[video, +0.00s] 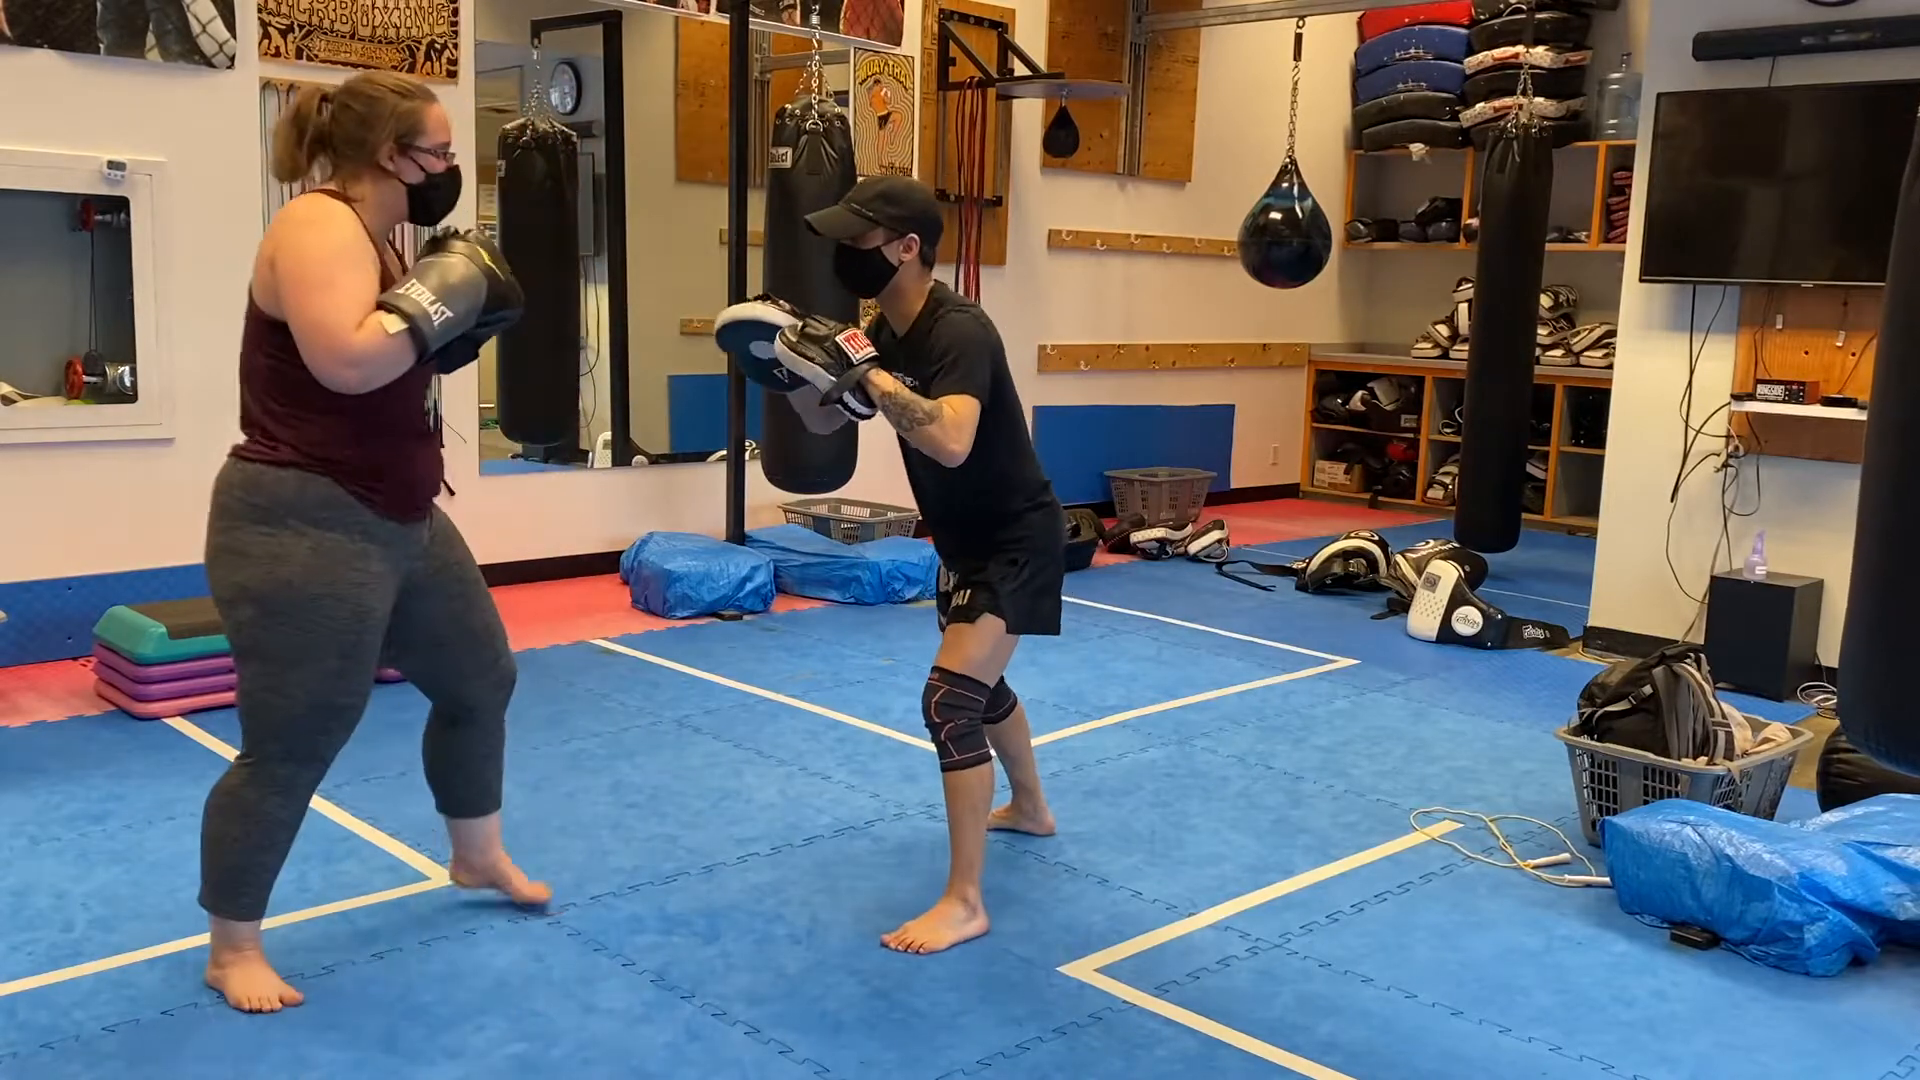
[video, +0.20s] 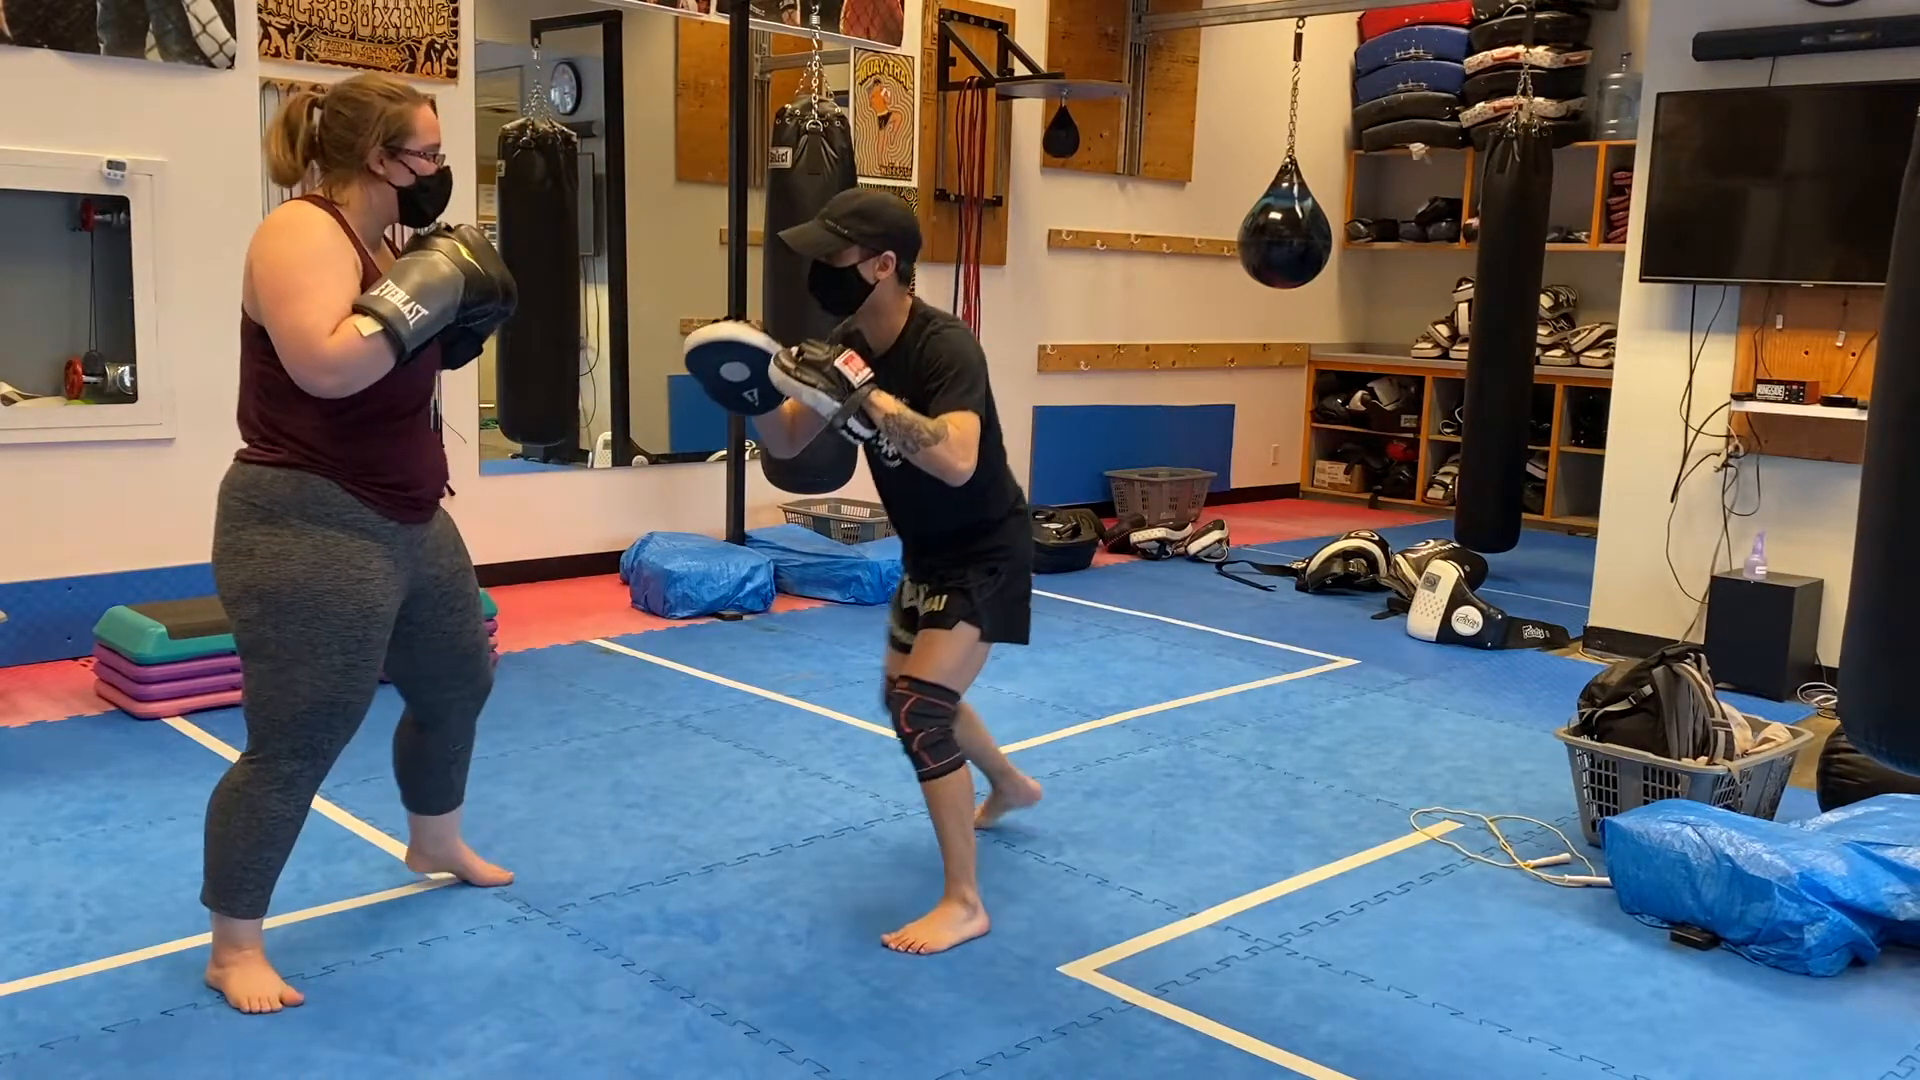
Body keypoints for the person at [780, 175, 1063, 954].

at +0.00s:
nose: (845, 253)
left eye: (857, 243)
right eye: (845, 241)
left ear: (905, 246)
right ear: (894, 247)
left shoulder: (962, 331)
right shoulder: (882, 321)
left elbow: (952, 440)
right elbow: (846, 401)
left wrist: (875, 381)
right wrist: (804, 359)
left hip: (1017, 536)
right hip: (961, 532)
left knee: (953, 701)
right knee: (979, 681)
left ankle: (966, 901)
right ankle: (1030, 804)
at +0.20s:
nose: (822, 271)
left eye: (835, 259)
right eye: (823, 258)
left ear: (882, 263)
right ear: (869, 264)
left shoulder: (948, 347)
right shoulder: (846, 348)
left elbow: (957, 460)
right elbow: (785, 442)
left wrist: (865, 399)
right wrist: (744, 374)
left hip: (986, 543)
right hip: (924, 543)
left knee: (922, 705)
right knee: (905, 690)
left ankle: (964, 901)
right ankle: (1009, 782)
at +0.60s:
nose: (757, 260)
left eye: (771, 249)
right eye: (756, 247)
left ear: (817, 254)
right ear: (791, 252)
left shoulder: (854, 337)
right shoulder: (764, 325)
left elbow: (849, 433)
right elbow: (691, 399)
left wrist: (774, 376)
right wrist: (699, 349)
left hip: (862, 526)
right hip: (796, 520)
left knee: (857, 676)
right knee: (733, 645)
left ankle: (917, 863)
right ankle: (735, 744)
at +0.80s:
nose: (716, 282)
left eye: (731, 272)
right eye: (713, 270)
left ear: (772, 275)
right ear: (714, 271)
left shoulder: (804, 350)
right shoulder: (720, 344)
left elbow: (812, 433)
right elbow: (650, 399)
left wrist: (725, 397)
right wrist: (635, 362)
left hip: (825, 537)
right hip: (755, 534)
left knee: (790, 661)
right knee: (683, 649)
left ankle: (839, 810)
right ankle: (735, 751)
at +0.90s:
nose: (705, 277)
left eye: (719, 267)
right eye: (703, 265)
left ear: (761, 272)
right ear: (703, 267)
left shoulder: (788, 346)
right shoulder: (717, 339)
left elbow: (798, 426)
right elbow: (656, 388)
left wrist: (700, 393)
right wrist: (633, 374)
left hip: (820, 531)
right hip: (753, 527)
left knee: (787, 659)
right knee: (679, 639)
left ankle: (841, 813)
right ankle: (735, 750)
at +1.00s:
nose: (699, 277)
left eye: (713, 267)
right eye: (697, 265)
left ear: (754, 270)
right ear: (696, 265)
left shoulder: (780, 342)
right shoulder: (715, 338)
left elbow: (790, 421)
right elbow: (661, 384)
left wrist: (695, 391)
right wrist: (632, 372)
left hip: (820, 528)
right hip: (756, 524)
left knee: (783, 657)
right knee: (681, 635)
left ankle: (840, 813)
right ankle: (735, 749)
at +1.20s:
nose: (700, 280)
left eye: (715, 270)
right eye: (695, 268)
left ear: (754, 271)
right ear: (693, 269)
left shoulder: (780, 342)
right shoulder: (708, 344)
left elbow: (790, 415)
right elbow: (654, 389)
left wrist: (711, 395)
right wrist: (607, 361)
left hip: (821, 529)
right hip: (755, 525)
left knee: (785, 657)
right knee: (683, 637)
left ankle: (841, 812)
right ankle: (735, 749)